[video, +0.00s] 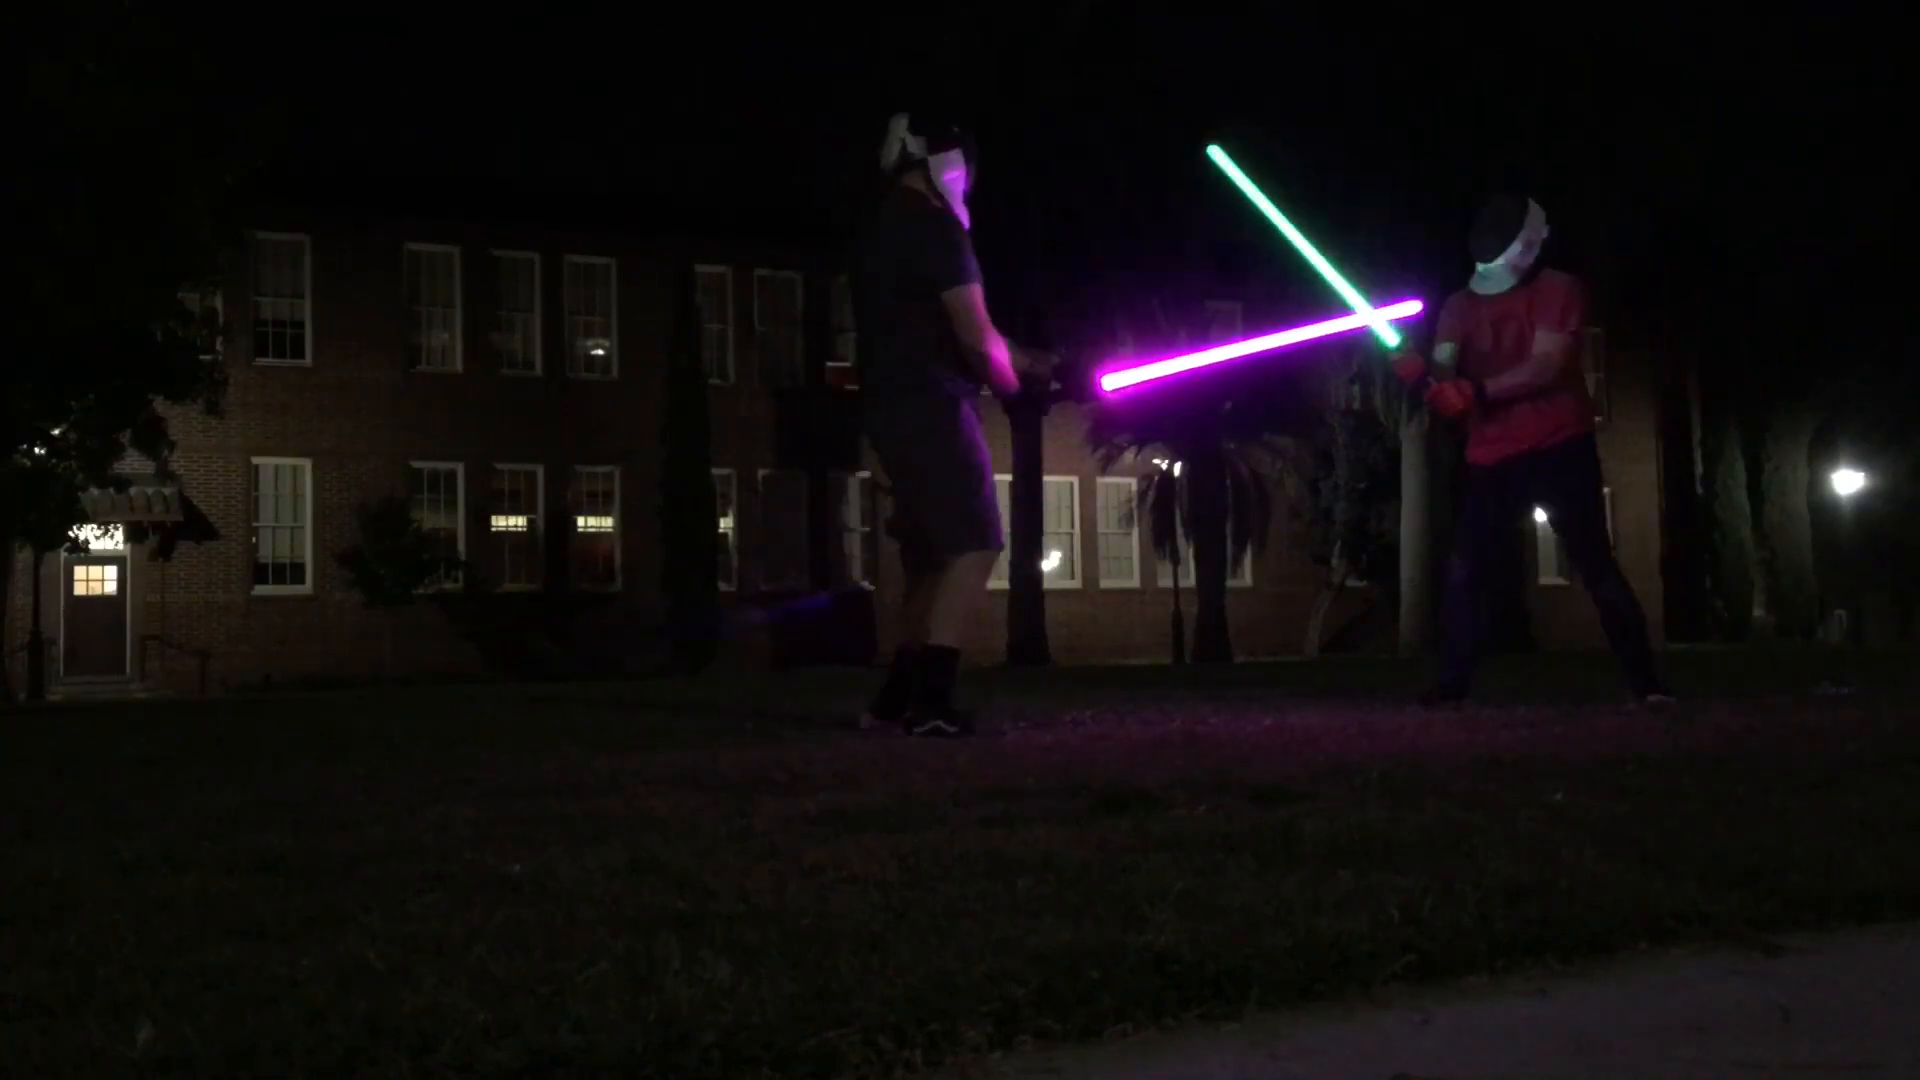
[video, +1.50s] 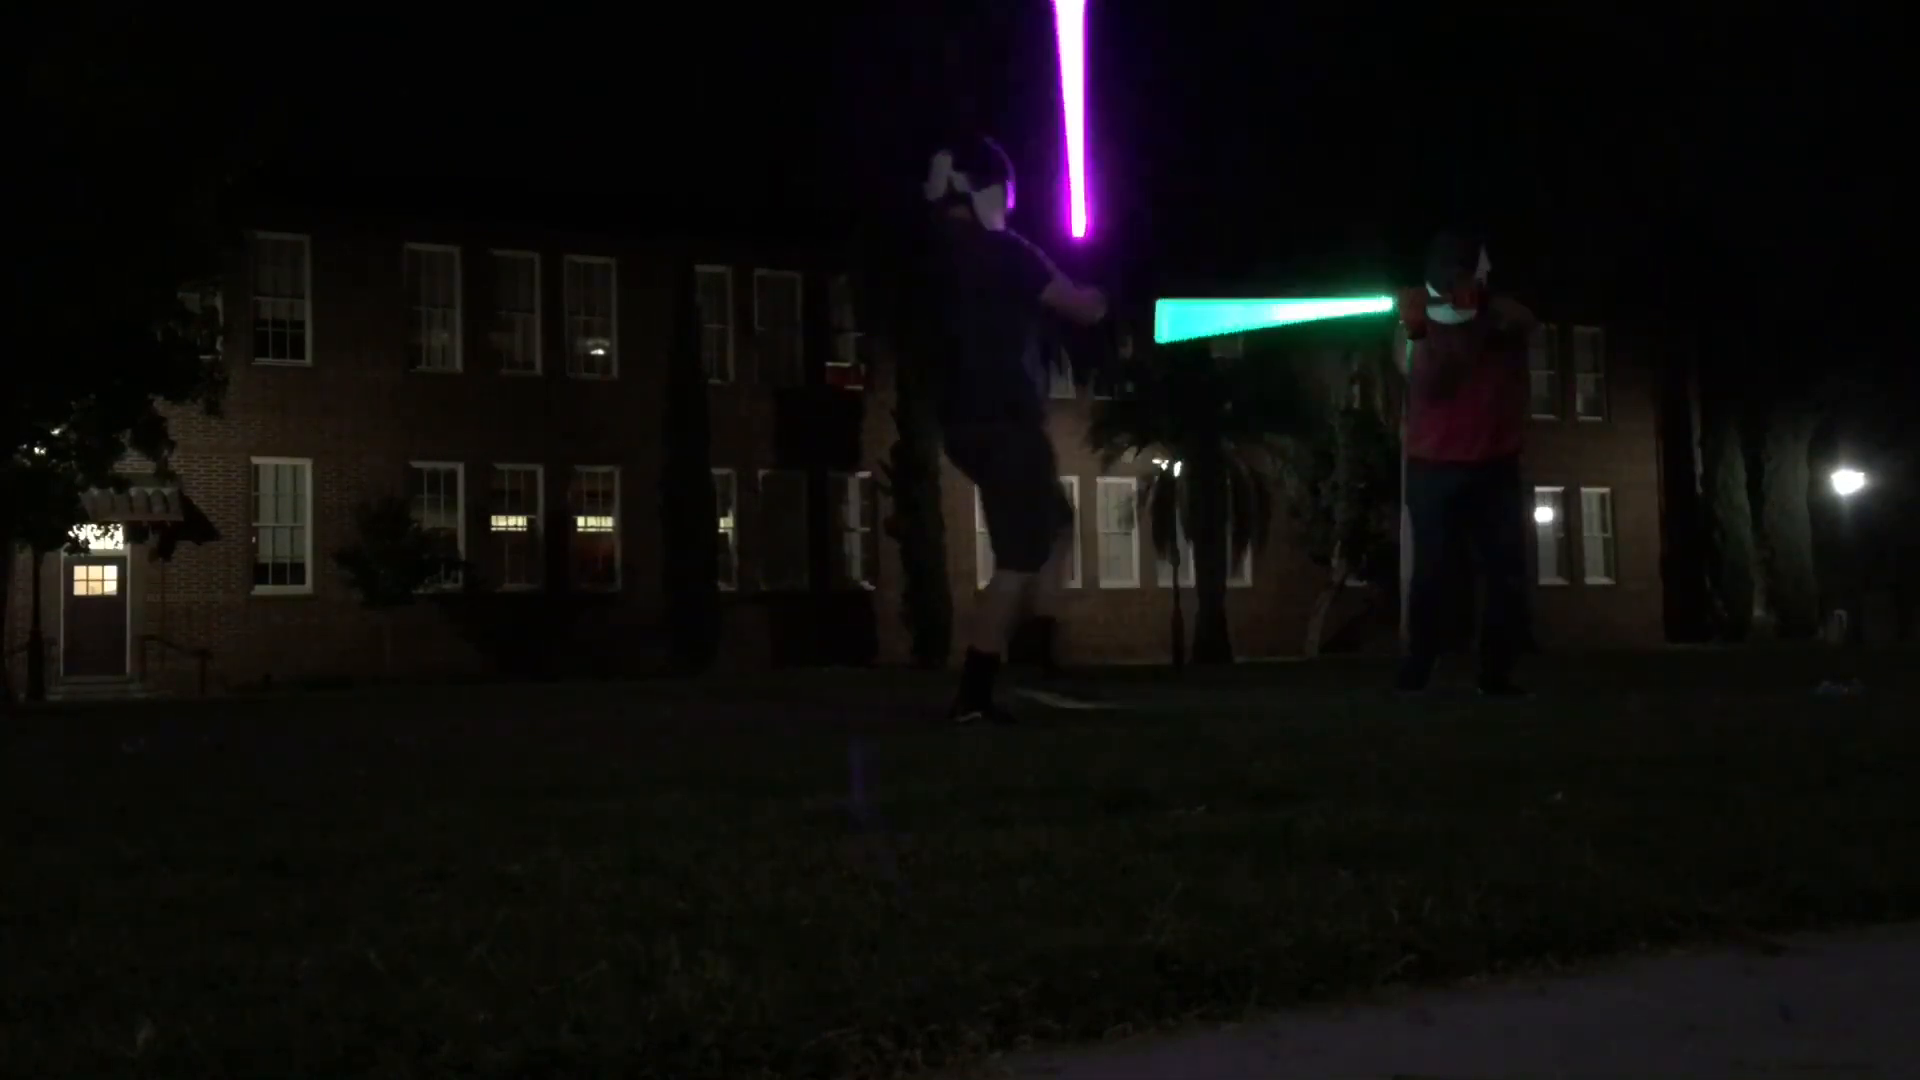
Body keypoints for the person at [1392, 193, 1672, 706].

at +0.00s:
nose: (1531, 250)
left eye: (1525, 243)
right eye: (1524, 241)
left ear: (1528, 244)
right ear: (1504, 246)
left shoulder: (1557, 292)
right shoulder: (1458, 308)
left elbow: (1545, 367)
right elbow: (1444, 386)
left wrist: (1476, 391)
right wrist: (1422, 376)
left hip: (1561, 452)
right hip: (1491, 462)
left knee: (1594, 568)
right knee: (1469, 569)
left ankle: (1646, 684)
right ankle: (1452, 684)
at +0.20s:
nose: (1494, 277)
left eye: (1504, 265)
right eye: (1487, 268)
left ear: (1529, 253)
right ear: (1477, 259)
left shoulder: (1556, 295)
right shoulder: (1465, 308)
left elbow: (1536, 351)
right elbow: (1425, 344)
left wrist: (1465, 346)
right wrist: (1415, 312)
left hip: (1562, 458)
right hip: (1492, 465)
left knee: (1597, 573)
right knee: (1469, 572)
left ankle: (1635, 680)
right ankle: (1451, 681)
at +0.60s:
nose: (1447, 243)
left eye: (1459, 229)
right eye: (1437, 231)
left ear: (1481, 236)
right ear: (1424, 240)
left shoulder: (1503, 287)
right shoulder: (1418, 295)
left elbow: (1488, 322)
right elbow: (1374, 314)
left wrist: (1422, 313)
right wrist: (1378, 274)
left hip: (1503, 456)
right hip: (1438, 460)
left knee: (1551, 568)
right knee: (1431, 574)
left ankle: (1607, 677)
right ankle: (1422, 688)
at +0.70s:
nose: (1431, 260)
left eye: (1443, 248)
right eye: (1424, 249)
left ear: (1466, 246)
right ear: (1416, 250)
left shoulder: (1492, 291)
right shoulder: (1407, 297)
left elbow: (1477, 326)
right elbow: (1371, 323)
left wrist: (1411, 331)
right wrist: (1356, 285)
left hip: (1493, 457)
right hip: (1428, 463)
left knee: (1515, 561)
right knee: (1427, 569)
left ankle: (1539, 665)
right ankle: (1423, 678)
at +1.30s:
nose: (1473, 324)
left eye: (1483, 315)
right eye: (1465, 315)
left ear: (1500, 307)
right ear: (1451, 303)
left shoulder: (1511, 334)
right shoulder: (1430, 331)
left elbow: (1524, 304)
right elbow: (1423, 386)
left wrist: (1473, 282)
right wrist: (1414, 331)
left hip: (1494, 468)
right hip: (1435, 468)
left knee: (1511, 569)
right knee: (1434, 563)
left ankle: (1497, 675)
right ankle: (1412, 674)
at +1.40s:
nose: (1464, 305)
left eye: (1472, 297)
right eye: (1454, 295)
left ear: (1488, 293)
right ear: (1440, 291)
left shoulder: (1508, 327)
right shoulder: (1427, 327)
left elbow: (1525, 300)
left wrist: (1488, 285)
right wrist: (1414, 326)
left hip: (1496, 465)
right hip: (1436, 467)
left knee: (1509, 569)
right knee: (1433, 566)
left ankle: (1498, 672)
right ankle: (1416, 669)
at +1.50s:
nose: (1461, 284)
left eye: (1468, 274)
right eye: (1452, 275)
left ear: (1482, 272)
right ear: (1436, 275)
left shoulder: (1501, 311)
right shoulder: (1424, 311)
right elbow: (1429, 378)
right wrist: (1473, 324)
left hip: (1495, 461)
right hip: (1435, 464)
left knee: (1502, 570)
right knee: (1435, 569)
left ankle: (1498, 672)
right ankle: (1420, 669)